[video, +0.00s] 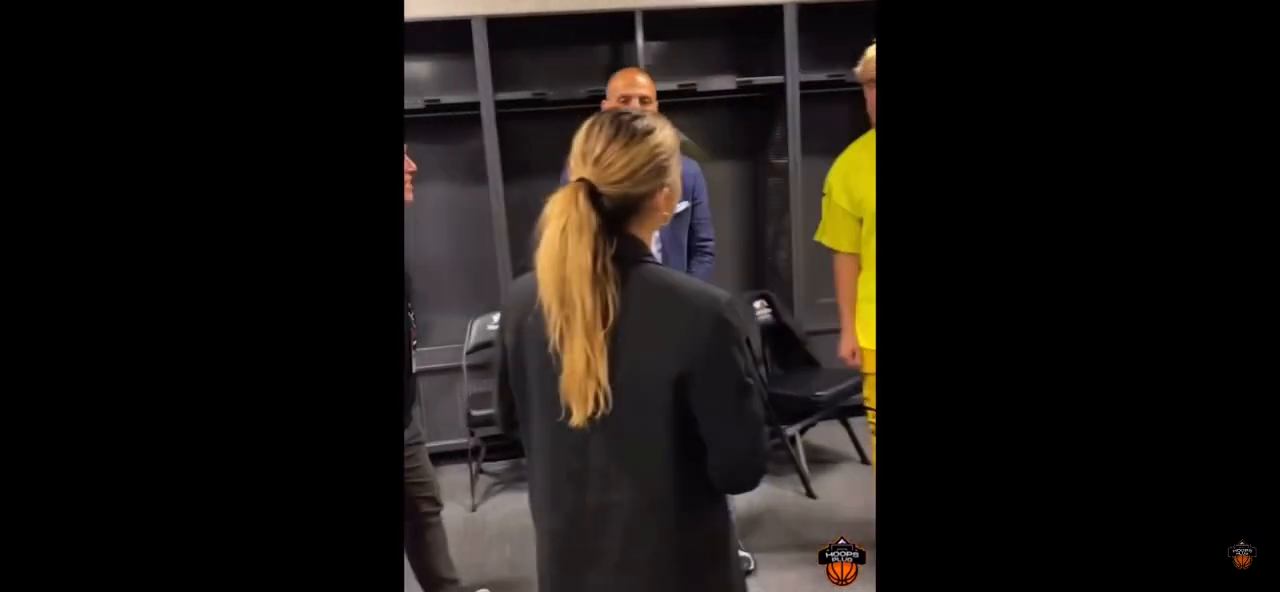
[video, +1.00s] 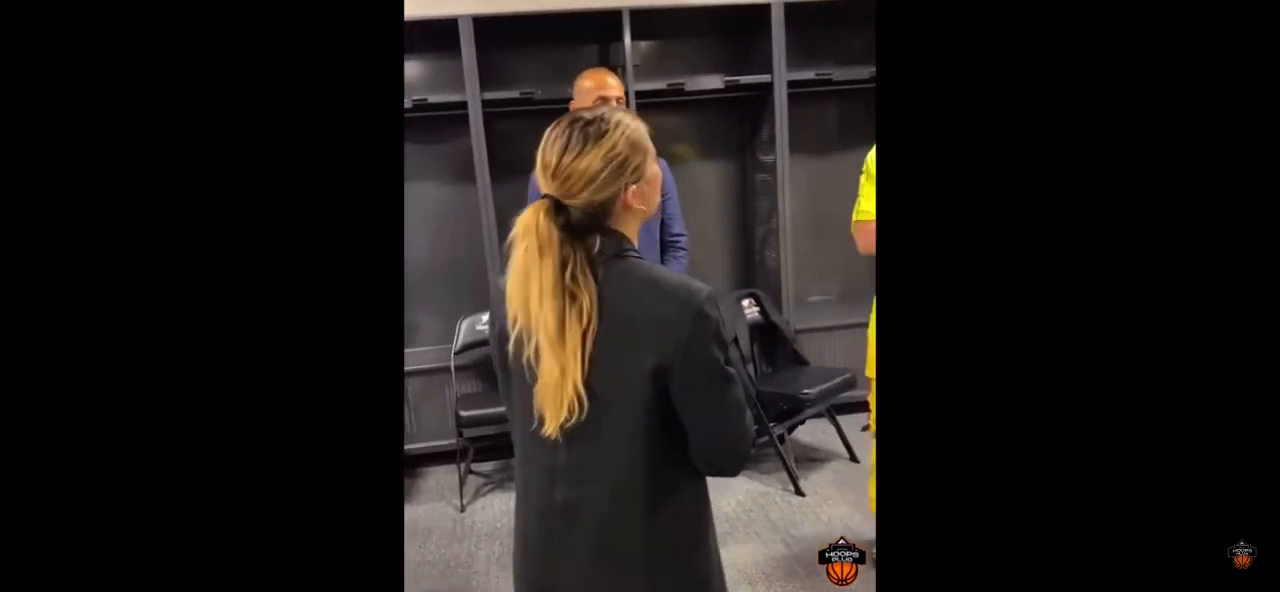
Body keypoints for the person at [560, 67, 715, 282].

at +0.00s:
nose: (635, 109)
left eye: (645, 101)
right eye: (624, 101)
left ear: (656, 107)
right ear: (605, 107)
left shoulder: (686, 170)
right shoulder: (583, 168)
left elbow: (703, 249)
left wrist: (685, 299)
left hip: (669, 300)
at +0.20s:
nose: (652, 107)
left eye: (661, 99)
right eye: (641, 99)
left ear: (675, 105)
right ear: (623, 106)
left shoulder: (701, 167)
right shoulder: (596, 177)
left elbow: (725, 243)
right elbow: (590, 250)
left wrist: (709, 294)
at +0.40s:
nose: (656, 108)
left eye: (666, 100)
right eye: (646, 100)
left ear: (679, 104)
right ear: (628, 106)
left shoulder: (707, 166)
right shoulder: (601, 176)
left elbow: (729, 243)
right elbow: (594, 250)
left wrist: (714, 294)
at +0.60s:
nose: (652, 107)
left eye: (661, 99)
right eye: (642, 98)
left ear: (675, 102)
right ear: (623, 104)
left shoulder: (702, 166)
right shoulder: (596, 174)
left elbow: (724, 242)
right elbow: (588, 249)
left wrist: (711, 296)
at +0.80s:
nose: (637, 108)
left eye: (646, 98)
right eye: (626, 98)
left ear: (659, 102)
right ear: (607, 102)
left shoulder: (686, 163)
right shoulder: (580, 171)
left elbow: (708, 239)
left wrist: (696, 293)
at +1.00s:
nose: (612, 111)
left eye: (620, 101)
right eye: (601, 101)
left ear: (626, 104)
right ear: (574, 107)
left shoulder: (654, 169)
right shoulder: (549, 174)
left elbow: (676, 244)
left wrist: (664, 296)